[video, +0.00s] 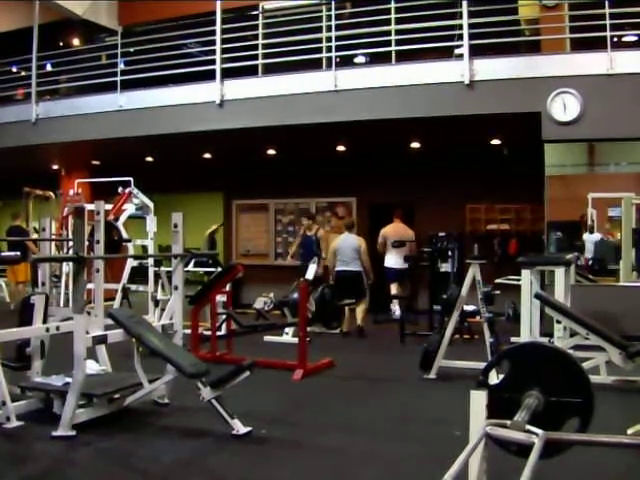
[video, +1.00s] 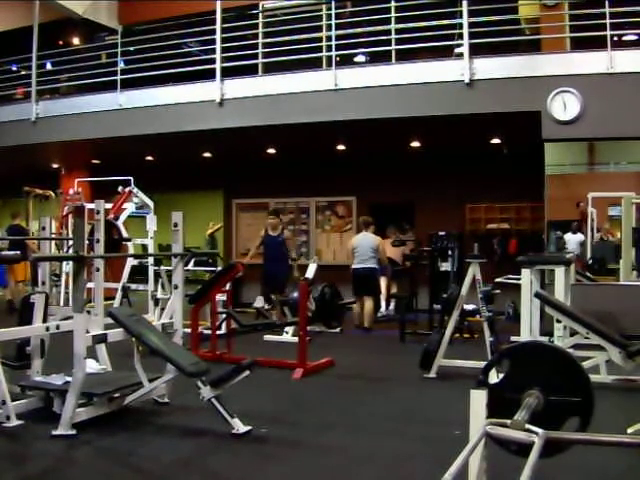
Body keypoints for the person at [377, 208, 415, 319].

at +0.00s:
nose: (396, 220)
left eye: (395, 218)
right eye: (398, 218)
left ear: (393, 218)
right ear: (402, 218)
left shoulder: (385, 231)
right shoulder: (410, 232)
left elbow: (380, 246)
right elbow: (413, 249)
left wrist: (386, 252)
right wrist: (407, 253)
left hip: (390, 261)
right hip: (404, 262)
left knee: (393, 285)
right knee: (403, 284)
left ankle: (396, 307)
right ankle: (398, 304)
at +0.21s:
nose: (396, 222)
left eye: (395, 220)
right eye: (398, 220)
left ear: (393, 220)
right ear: (402, 221)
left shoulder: (384, 230)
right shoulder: (408, 234)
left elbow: (378, 246)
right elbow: (411, 249)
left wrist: (386, 250)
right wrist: (403, 252)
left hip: (388, 261)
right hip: (401, 263)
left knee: (389, 283)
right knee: (397, 284)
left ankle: (394, 303)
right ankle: (393, 305)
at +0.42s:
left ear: (392, 222)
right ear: (402, 224)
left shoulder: (384, 231)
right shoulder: (406, 234)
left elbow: (377, 245)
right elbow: (409, 249)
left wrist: (386, 249)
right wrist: (401, 250)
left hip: (386, 259)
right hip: (399, 261)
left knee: (384, 281)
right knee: (395, 283)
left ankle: (390, 303)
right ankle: (394, 303)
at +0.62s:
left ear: (388, 227)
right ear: (399, 227)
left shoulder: (383, 235)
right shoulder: (402, 236)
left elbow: (376, 248)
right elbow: (407, 250)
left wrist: (376, 258)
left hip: (385, 258)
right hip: (398, 260)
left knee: (384, 281)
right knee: (395, 283)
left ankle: (384, 307)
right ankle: (392, 307)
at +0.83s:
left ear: (387, 232)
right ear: (398, 232)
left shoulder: (382, 240)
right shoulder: (401, 240)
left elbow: (380, 253)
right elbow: (407, 252)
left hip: (384, 262)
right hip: (397, 264)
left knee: (383, 282)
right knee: (395, 285)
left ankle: (383, 307)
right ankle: (392, 307)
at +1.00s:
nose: (391, 235)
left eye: (390, 233)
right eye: (392, 233)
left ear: (387, 234)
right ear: (397, 233)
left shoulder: (384, 243)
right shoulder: (402, 244)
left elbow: (381, 254)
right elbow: (407, 255)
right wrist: (407, 263)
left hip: (385, 264)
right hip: (397, 266)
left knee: (383, 290)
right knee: (394, 285)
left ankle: (383, 308)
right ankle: (392, 307)